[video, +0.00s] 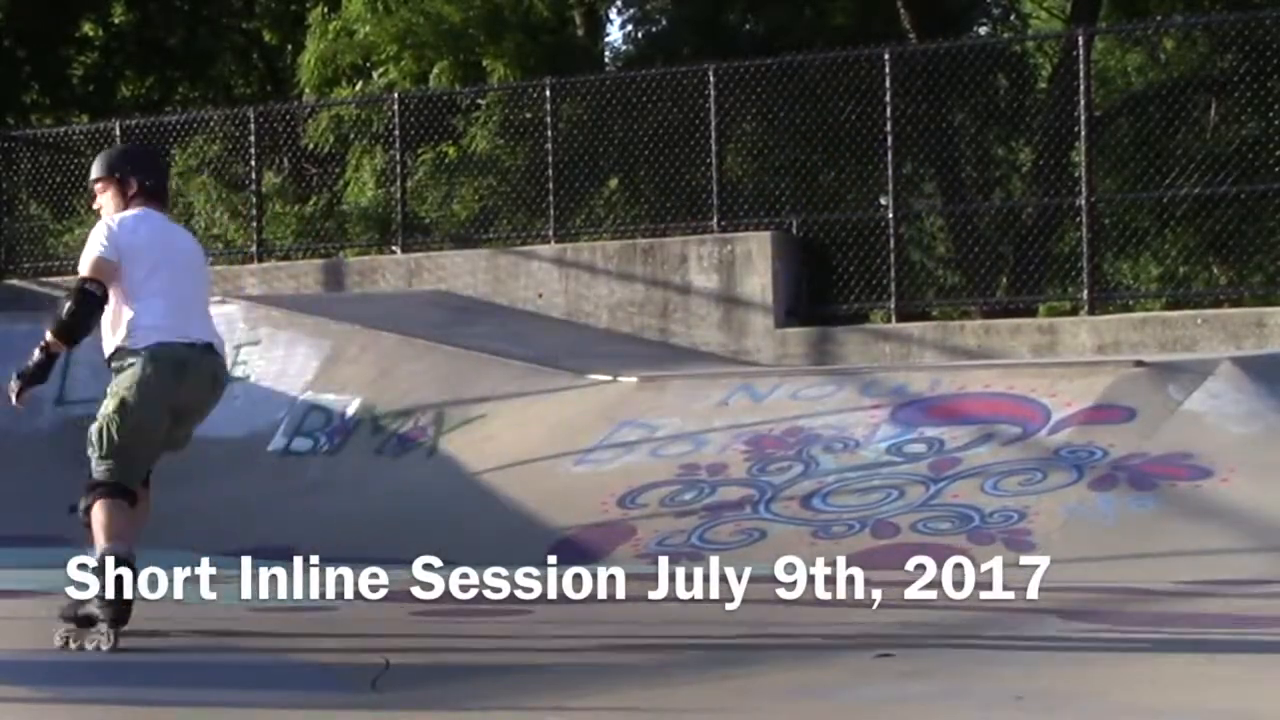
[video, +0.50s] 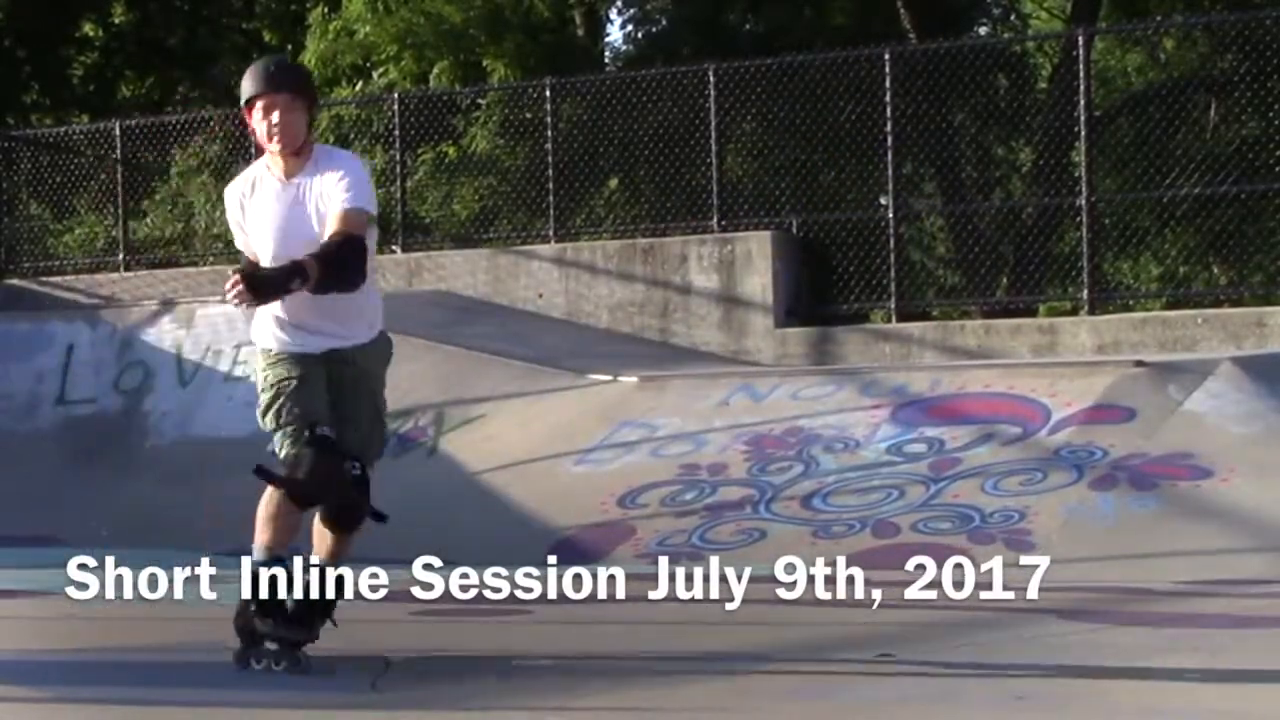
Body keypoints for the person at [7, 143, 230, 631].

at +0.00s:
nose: (95, 203)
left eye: (100, 191)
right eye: (94, 193)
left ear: (130, 187)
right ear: (147, 191)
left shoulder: (114, 229)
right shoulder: (187, 239)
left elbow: (83, 305)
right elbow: (180, 306)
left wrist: (41, 361)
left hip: (150, 361)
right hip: (207, 363)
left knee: (108, 476)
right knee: (138, 471)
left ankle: (114, 590)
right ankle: (109, 579)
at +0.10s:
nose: (106, 185)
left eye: (113, 173)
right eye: (104, 175)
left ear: (149, 171)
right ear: (154, 176)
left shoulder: (144, 213)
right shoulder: (181, 221)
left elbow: (139, 283)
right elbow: (173, 329)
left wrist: (74, 337)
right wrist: (127, 401)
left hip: (190, 355)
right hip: (232, 357)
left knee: (145, 471)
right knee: (122, 449)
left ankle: (186, 594)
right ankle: (143, 581)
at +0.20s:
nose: (134, 156)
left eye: (144, 144)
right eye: (128, 148)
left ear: (180, 141)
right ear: (129, 153)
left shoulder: (194, 182)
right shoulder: (172, 209)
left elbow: (212, 253)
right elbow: (191, 324)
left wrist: (127, 287)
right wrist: (155, 391)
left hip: (247, 342)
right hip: (206, 353)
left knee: (203, 469)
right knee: (146, 459)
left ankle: (270, 586)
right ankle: (187, 590)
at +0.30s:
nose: (160, 133)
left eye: (170, 120)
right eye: (152, 124)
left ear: (206, 119)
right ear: (150, 132)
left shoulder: (230, 165)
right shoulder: (188, 195)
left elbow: (259, 237)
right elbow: (219, 279)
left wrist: (172, 252)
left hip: (283, 334)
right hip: (223, 348)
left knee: (269, 468)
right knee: (200, 469)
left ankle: (297, 582)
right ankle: (191, 589)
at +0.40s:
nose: (203, 121)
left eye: (212, 107)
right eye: (193, 114)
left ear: (243, 108)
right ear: (188, 127)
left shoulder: (283, 163)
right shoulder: (203, 198)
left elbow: (299, 243)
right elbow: (229, 270)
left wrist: (213, 251)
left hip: (320, 339)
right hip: (251, 347)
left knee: (314, 479)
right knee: (251, 466)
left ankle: (313, 591)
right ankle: (209, 594)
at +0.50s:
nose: (273, 122)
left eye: (284, 109)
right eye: (262, 112)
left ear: (309, 111)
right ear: (248, 122)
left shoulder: (344, 172)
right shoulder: (240, 194)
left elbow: (347, 263)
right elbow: (264, 272)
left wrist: (277, 279)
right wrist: (253, 289)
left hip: (356, 346)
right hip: (285, 344)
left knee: (350, 487)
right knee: (304, 465)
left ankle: (315, 606)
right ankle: (258, 605)